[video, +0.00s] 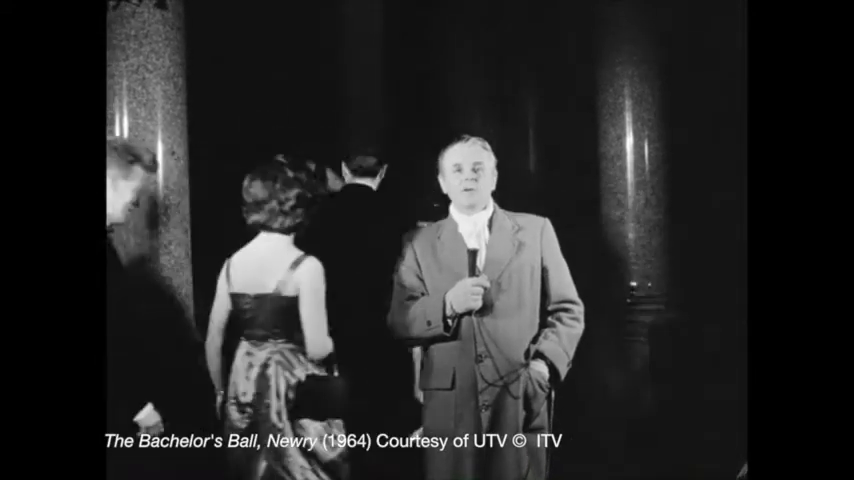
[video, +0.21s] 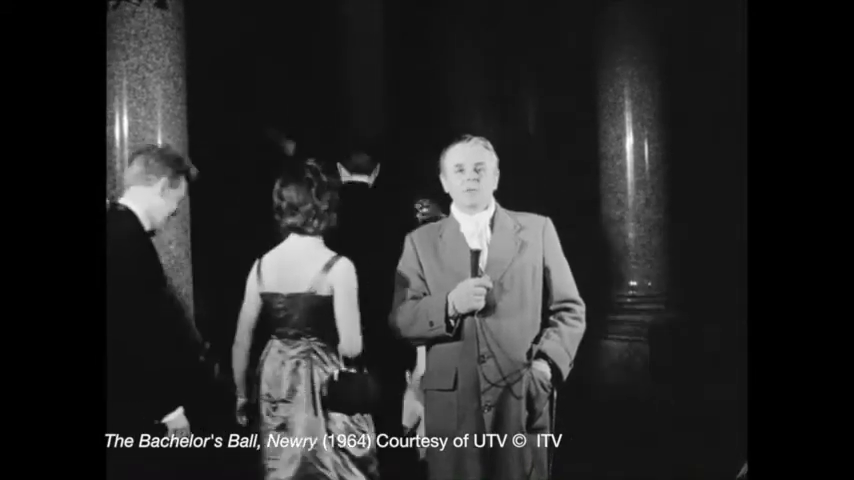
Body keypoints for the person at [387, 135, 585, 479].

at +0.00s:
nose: (468, 176)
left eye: (478, 167)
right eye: (457, 168)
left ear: (495, 178)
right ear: (442, 183)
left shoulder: (535, 231)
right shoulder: (420, 243)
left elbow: (566, 309)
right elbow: (399, 320)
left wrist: (544, 363)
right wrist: (446, 305)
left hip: (519, 398)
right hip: (449, 400)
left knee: (522, 474)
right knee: (449, 473)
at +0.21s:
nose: (471, 176)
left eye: (480, 167)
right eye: (459, 169)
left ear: (496, 177)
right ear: (444, 182)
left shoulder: (537, 230)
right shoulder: (419, 242)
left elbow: (568, 308)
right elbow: (402, 319)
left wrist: (547, 363)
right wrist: (448, 305)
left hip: (521, 397)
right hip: (450, 399)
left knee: (524, 474)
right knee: (451, 474)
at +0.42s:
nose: (471, 178)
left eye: (480, 169)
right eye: (460, 171)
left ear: (497, 178)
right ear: (444, 183)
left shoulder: (538, 231)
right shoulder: (420, 243)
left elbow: (569, 308)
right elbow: (402, 319)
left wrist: (548, 364)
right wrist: (450, 306)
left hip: (522, 397)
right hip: (451, 399)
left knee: (526, 473)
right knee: (451, 473)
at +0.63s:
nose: (470, 179)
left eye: (480, 169)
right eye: (459, 171)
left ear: (497, 178)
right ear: (444, 182)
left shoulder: (537, 231)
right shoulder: (419, 243)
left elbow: (569, 308)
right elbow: (403, 321)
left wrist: (549, 363)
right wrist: (452, 307)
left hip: (523, 397)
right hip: (451, 399)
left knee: (527, 474)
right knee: (453, 473)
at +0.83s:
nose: (470, 179)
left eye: (479, 169)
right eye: (459, 171)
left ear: (497, 178)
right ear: (443, 183)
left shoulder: (537, 231)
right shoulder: (419, 243)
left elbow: (568, 309)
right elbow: (402, 325)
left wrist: (550, 363)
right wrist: (452, 307)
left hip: (523, 398)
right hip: (453, 401)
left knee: (528, 474)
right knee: (453, 473)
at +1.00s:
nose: (470, 174)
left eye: (480, 166)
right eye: (459, 167)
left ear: (497, 178)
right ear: (444, 181)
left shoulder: (537, 231)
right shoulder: (420, 242)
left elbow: (569, 309)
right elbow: (404, 321)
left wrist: (551, 363)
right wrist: (453, 306)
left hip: (523, 399)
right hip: (452, 402)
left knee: (527, 474)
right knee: (453, 473)